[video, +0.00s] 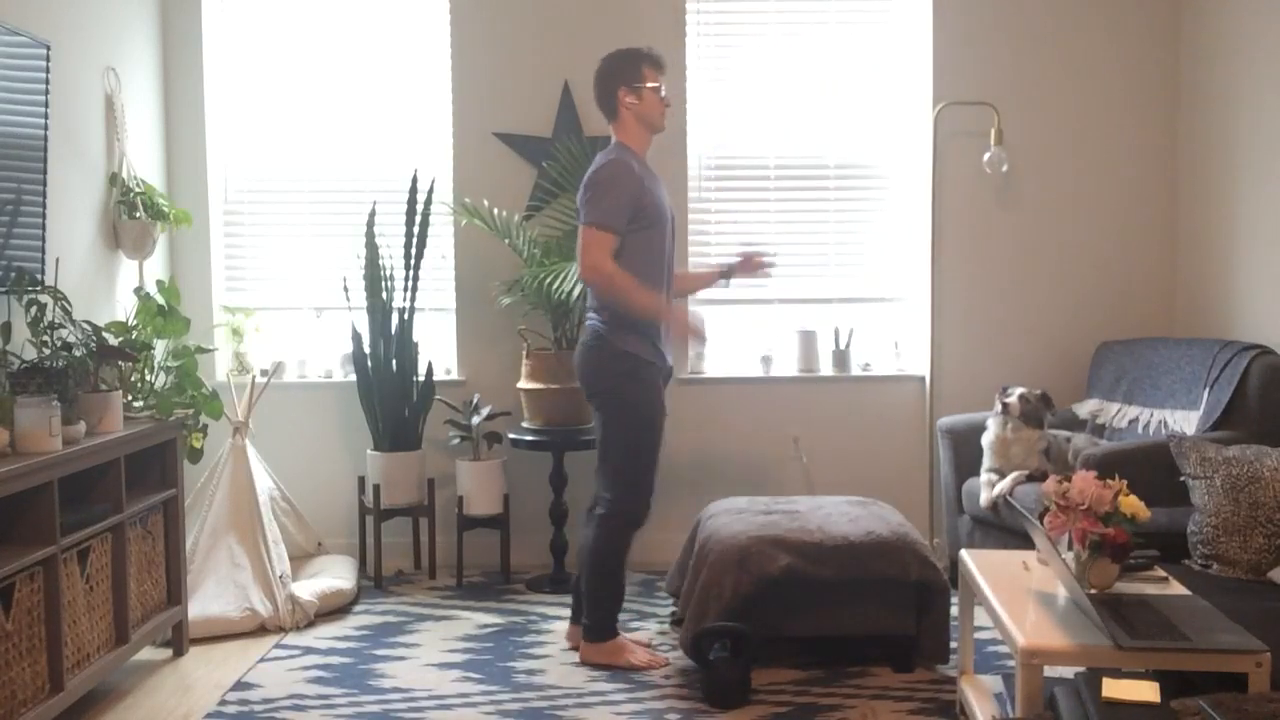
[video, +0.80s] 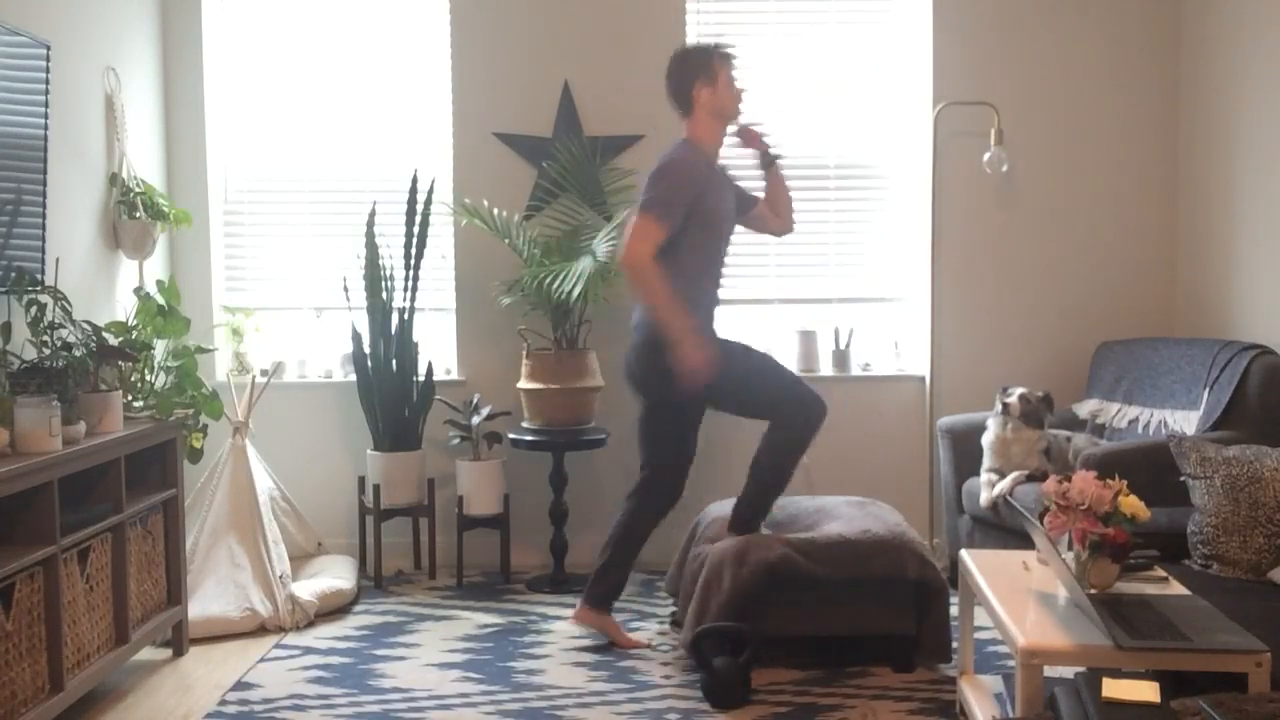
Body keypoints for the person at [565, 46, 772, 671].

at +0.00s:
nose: (668, 99)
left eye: (665, 89)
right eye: (658, 89)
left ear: (634, 101)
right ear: (626, 99)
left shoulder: (641, 173)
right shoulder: (615, 168)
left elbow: (658, 282)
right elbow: (593, 267)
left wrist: (726, 270)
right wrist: (665, 312)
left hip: (636, 352)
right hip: (621, 354)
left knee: (617, 498)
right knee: (626, 502)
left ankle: (587, 625)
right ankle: (599, 638)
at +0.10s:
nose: (669, 100)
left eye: (666, 90)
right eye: (659, 91)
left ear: (637, 103)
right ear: (628, 102)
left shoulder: (645, 182)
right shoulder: (611, 172)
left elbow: (674, 276)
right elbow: (577, 268)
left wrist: (725, 225)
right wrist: (617, 351)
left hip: (620, 350)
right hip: (617, 351)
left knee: (600, 490)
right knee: (663, 493)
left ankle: (582, 621)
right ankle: (610, 626)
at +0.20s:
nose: (672, 101)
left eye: (669, 92)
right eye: (662, 92)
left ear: (640, 102)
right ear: (632, 101)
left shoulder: (650, 186)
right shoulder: (607, 172)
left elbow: (699, 261)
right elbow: (564, 264)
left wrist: (719, 196)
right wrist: (571, 356)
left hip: (624, 352)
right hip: (614, 352)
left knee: (601, 493)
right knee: (716, 444)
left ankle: (582, 624)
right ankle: (628, 549)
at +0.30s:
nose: (677, 102)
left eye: (675, 91)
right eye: (666, 92)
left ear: (645, 102)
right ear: (636, 101)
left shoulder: (657, 186)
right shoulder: (610, 171)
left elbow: (717, 244)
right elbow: (559, 256)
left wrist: (714, 176)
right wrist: (549, 352)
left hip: (623, 345)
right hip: (613, 342)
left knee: (609, 488)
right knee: (746, 386)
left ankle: (583, 623)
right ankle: (647, 475)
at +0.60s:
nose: (708, 115)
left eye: (704, 105)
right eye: (698, 105)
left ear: (673, 116)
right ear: (669, 115)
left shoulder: (689, 197)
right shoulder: (641, 185)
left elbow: (762, 232)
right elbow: (587, 271)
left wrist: (732, 175)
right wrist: (581, 361)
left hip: (643, 356)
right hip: (637, 351)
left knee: (651, 496)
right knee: (779, 361)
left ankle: (588, 618)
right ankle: (742, 494)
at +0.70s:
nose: (724, 116)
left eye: (720, 106)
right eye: (713, 107)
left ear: (689, 121)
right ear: (684, 120)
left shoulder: (702, 201)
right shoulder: (662, 190)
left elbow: (774, 229)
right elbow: (606, 273)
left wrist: (741, 171)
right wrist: (620, 368)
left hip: (662, 360)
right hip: (655, 360)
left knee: (666, 499)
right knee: (792, 393)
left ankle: (591, 615)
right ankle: (739, 516)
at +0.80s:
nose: (739, 89)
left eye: (734, 79)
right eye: (729, 80)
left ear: (700, 94)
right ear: (702, 92)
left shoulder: (711, 175)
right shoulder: (681, 168)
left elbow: (778, 220)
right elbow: (636, 256)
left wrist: (767, 158)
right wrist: (684, 334)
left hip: (677, 344)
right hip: (675, 342)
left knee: (661, 483)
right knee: (803, 407)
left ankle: (595, 604)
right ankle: (742, 529)